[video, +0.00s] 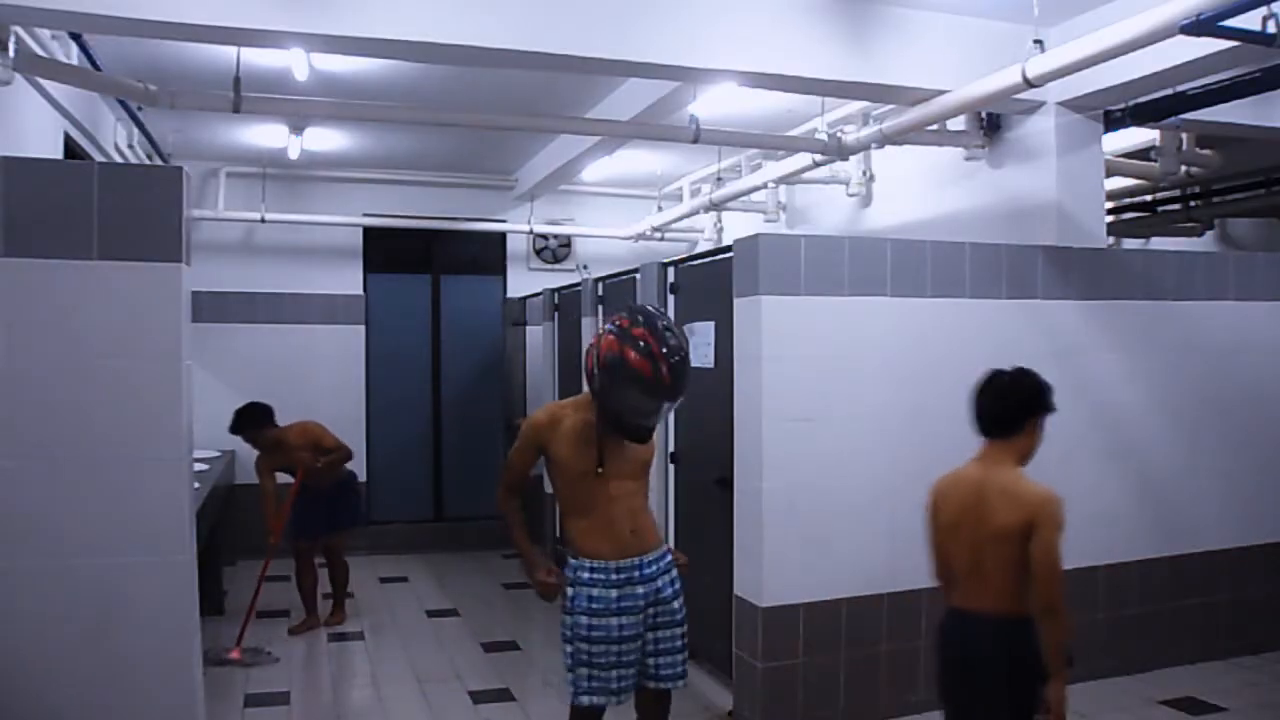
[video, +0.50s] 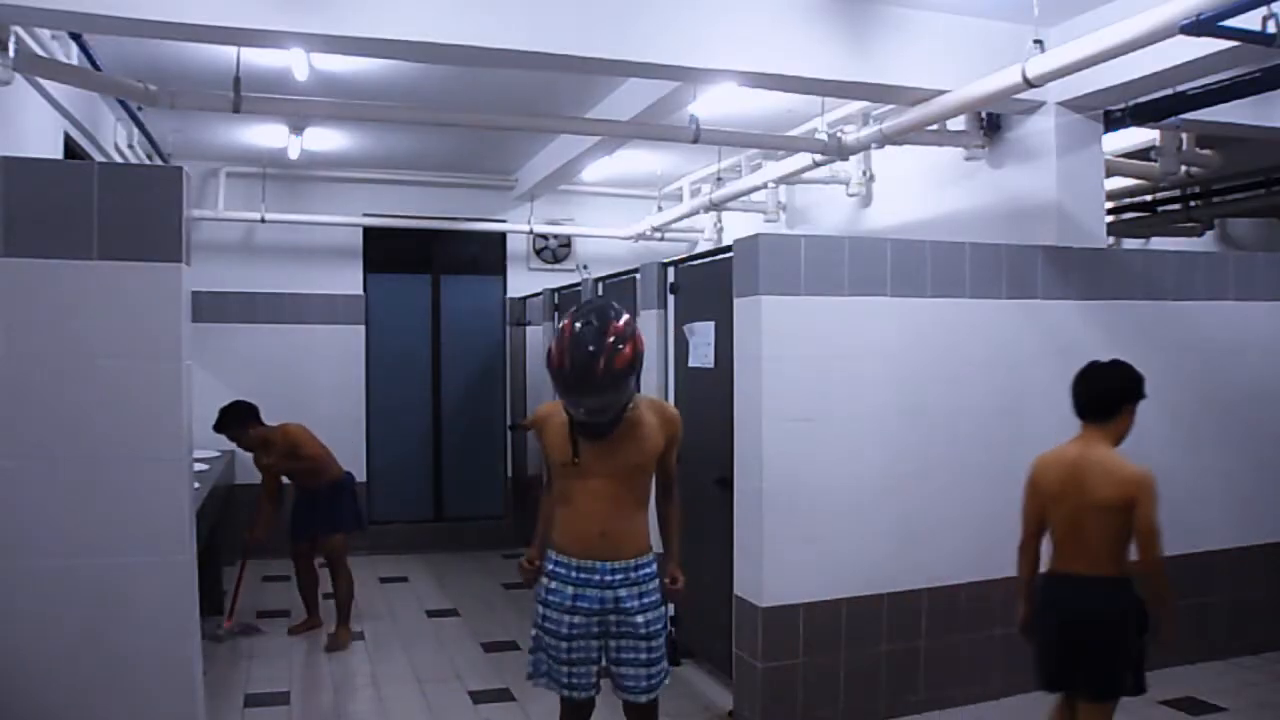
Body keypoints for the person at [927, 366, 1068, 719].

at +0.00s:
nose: (1041, 434)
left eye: (1041, 424)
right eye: (1041, 424)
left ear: (984, 420)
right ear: (1032, 426)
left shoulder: (944, 490)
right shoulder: (1038, 502)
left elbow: (943, 573)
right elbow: (1046, 603)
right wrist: (1056, 677)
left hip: (958, 637)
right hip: (1014, 643)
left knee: (961, 711)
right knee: (1014, 712)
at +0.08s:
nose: (1058, 438)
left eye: (1058, 428)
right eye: (1058, 428)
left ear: (1001, 422)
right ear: (1050, 429)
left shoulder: (962, 491)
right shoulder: (1054, 504)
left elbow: (959, 568)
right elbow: (1059, 601)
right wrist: (1068, 675)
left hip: (974, 635)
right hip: (1030, 641)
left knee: (975, 711)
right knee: (1035, 711)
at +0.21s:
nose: (1087, 437)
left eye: (1088, 427)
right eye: (1087, 427)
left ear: (1033, 421)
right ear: (1080, 429)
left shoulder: (993, 485)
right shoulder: (1082, 502)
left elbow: (986, 563)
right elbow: (1084, 594)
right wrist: (1092, 671)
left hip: (999, 628)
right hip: (1054, 634)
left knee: (992, 709)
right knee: (1051, 710)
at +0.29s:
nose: (1104, 431)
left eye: (1106, 421)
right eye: (1105, 422)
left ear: (1051, 415)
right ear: (1097, 423)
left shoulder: (1010, 478)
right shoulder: (1099, 495)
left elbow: (1002, 556)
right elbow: (1103, 584)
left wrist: (1026, 596)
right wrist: (1114, 657)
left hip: (1019, 622)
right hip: (1075, 624)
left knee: (1022, 710)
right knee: (1081, 708)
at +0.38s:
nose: (1118, 425)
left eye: (1119, 415)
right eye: (1119, 415)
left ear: (1064, 411)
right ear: (1112, 417)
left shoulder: (1025, 473)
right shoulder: (1115, 489)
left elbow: (1014, 552)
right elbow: (1122, 576)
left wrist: (1026, 606)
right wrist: (1135, 648)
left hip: (1038, 613)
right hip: (1094, 617)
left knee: (1038, 709)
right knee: (1090, 709)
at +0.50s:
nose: (1133, 420)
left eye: (1134, 411)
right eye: (1134, 411)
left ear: (1080, 407)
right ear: (1125, 413)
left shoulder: (1044, 468)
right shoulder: (1134, 479)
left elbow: (1029, 544)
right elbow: (1149, 559)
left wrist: (1025, 601)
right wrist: (1161, 610)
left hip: (1056, 596)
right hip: (1110, 600)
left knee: (1069, 697)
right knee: (1098, 705)